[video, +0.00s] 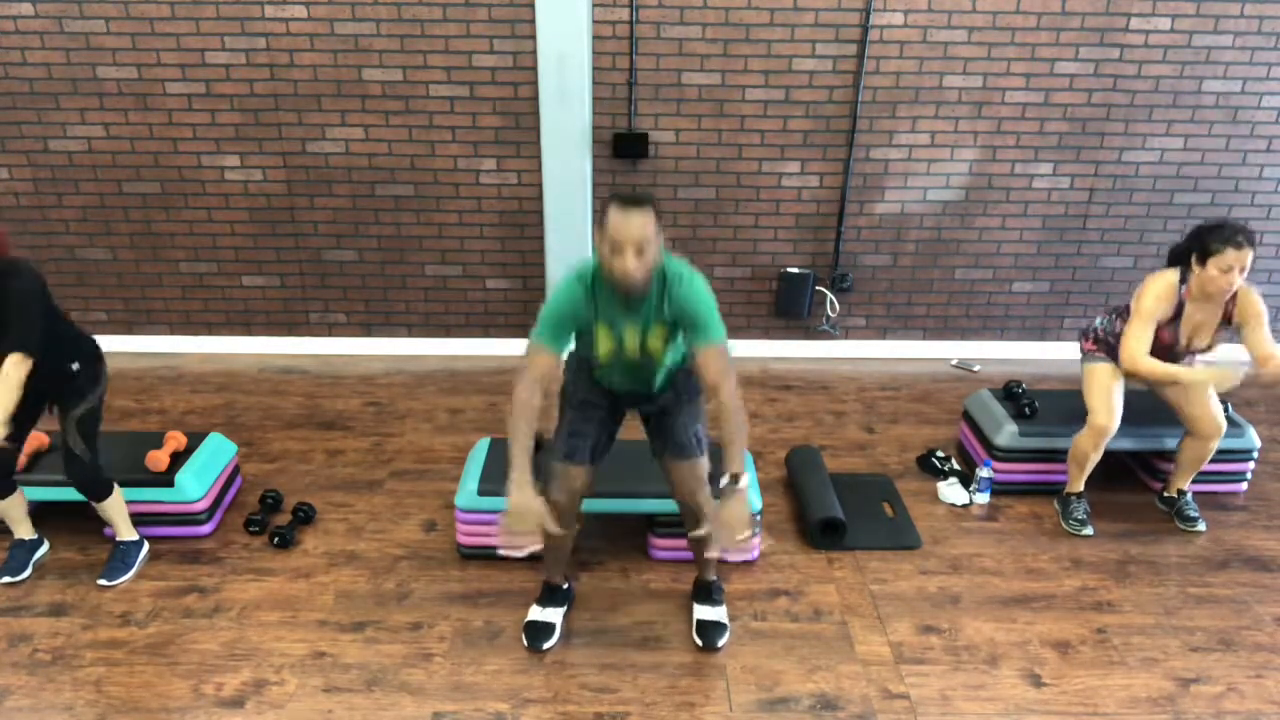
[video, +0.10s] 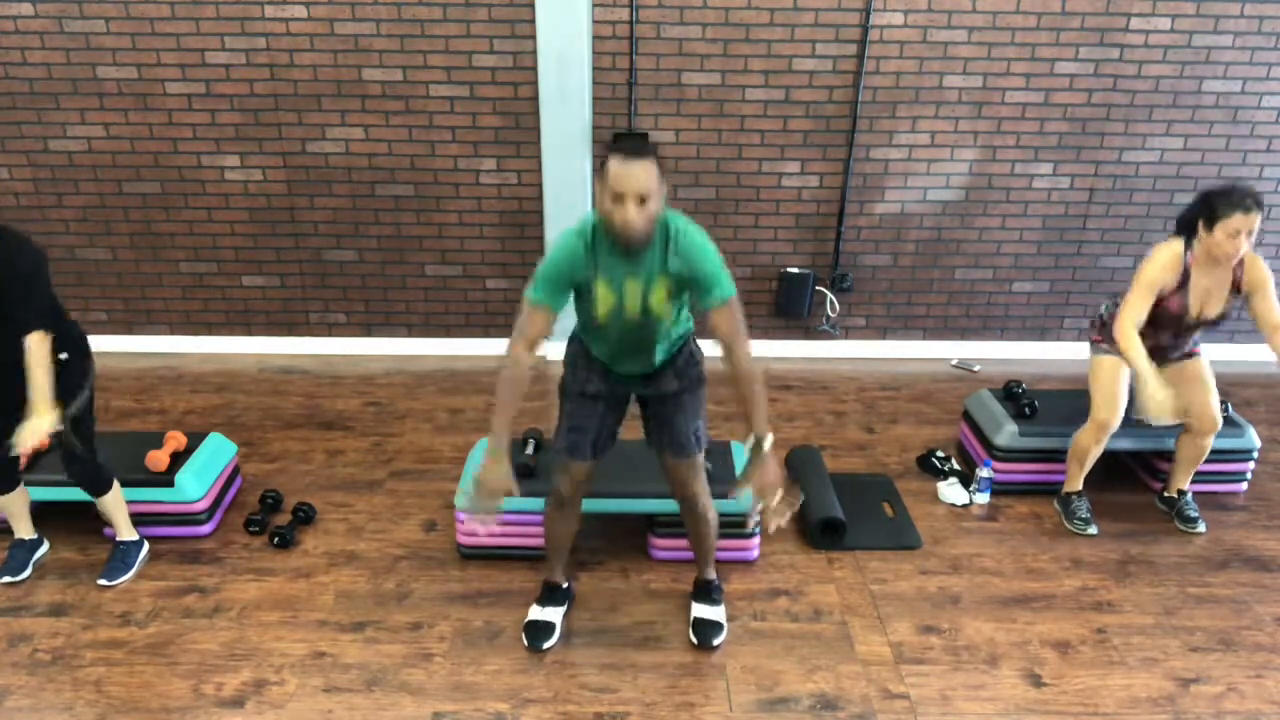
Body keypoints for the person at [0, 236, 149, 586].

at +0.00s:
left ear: (4, 245)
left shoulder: (18, 279)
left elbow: (18, 360)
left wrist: (3, 426)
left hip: (76, 367)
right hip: (31, 372)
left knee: (80, 467)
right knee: (2, 465)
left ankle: (130, 540)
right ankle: (26, 539)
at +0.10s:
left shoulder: (16, 253)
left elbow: (36, 332)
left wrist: (41, 410)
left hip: (61, 357)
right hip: (11, 365)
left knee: (78, 456)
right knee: (1, 458)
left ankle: (129, 539)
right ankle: (26, 538)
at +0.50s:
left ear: (4, 200)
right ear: (3, 201)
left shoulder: (30, 235)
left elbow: (78, 282)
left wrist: (108, 326)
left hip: (38, 366)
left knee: (77, 453)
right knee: (5, 461)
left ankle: (129, 538)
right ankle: (26, 539)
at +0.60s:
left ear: (5, 200)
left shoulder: (30, 236)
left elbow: (74, 288)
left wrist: (106, 337)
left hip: (38, 366)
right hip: (1, 377)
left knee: (76, 452)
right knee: (6, 461)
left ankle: (129, 538)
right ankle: (26, 539)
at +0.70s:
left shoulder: (28, 238)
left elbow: (70, 301)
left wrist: (102, 360)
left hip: (40, 368)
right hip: (1, 378)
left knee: (78, 452)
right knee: (6, 461)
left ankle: (129, 538)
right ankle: (26, 539)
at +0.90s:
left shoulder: (15, 242)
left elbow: (53, 320)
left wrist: (39, 392)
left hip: (56, 355)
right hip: (8, 364)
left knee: (76, 449)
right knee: (4, 456)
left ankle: (128, 538)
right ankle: (25, 538)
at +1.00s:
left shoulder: (14, 265)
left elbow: (40, 344)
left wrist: (2, 384)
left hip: (68, 356)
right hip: (17, 364)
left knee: (79, 453)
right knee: (2, 453)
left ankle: (129, 539)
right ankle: (26, 538)